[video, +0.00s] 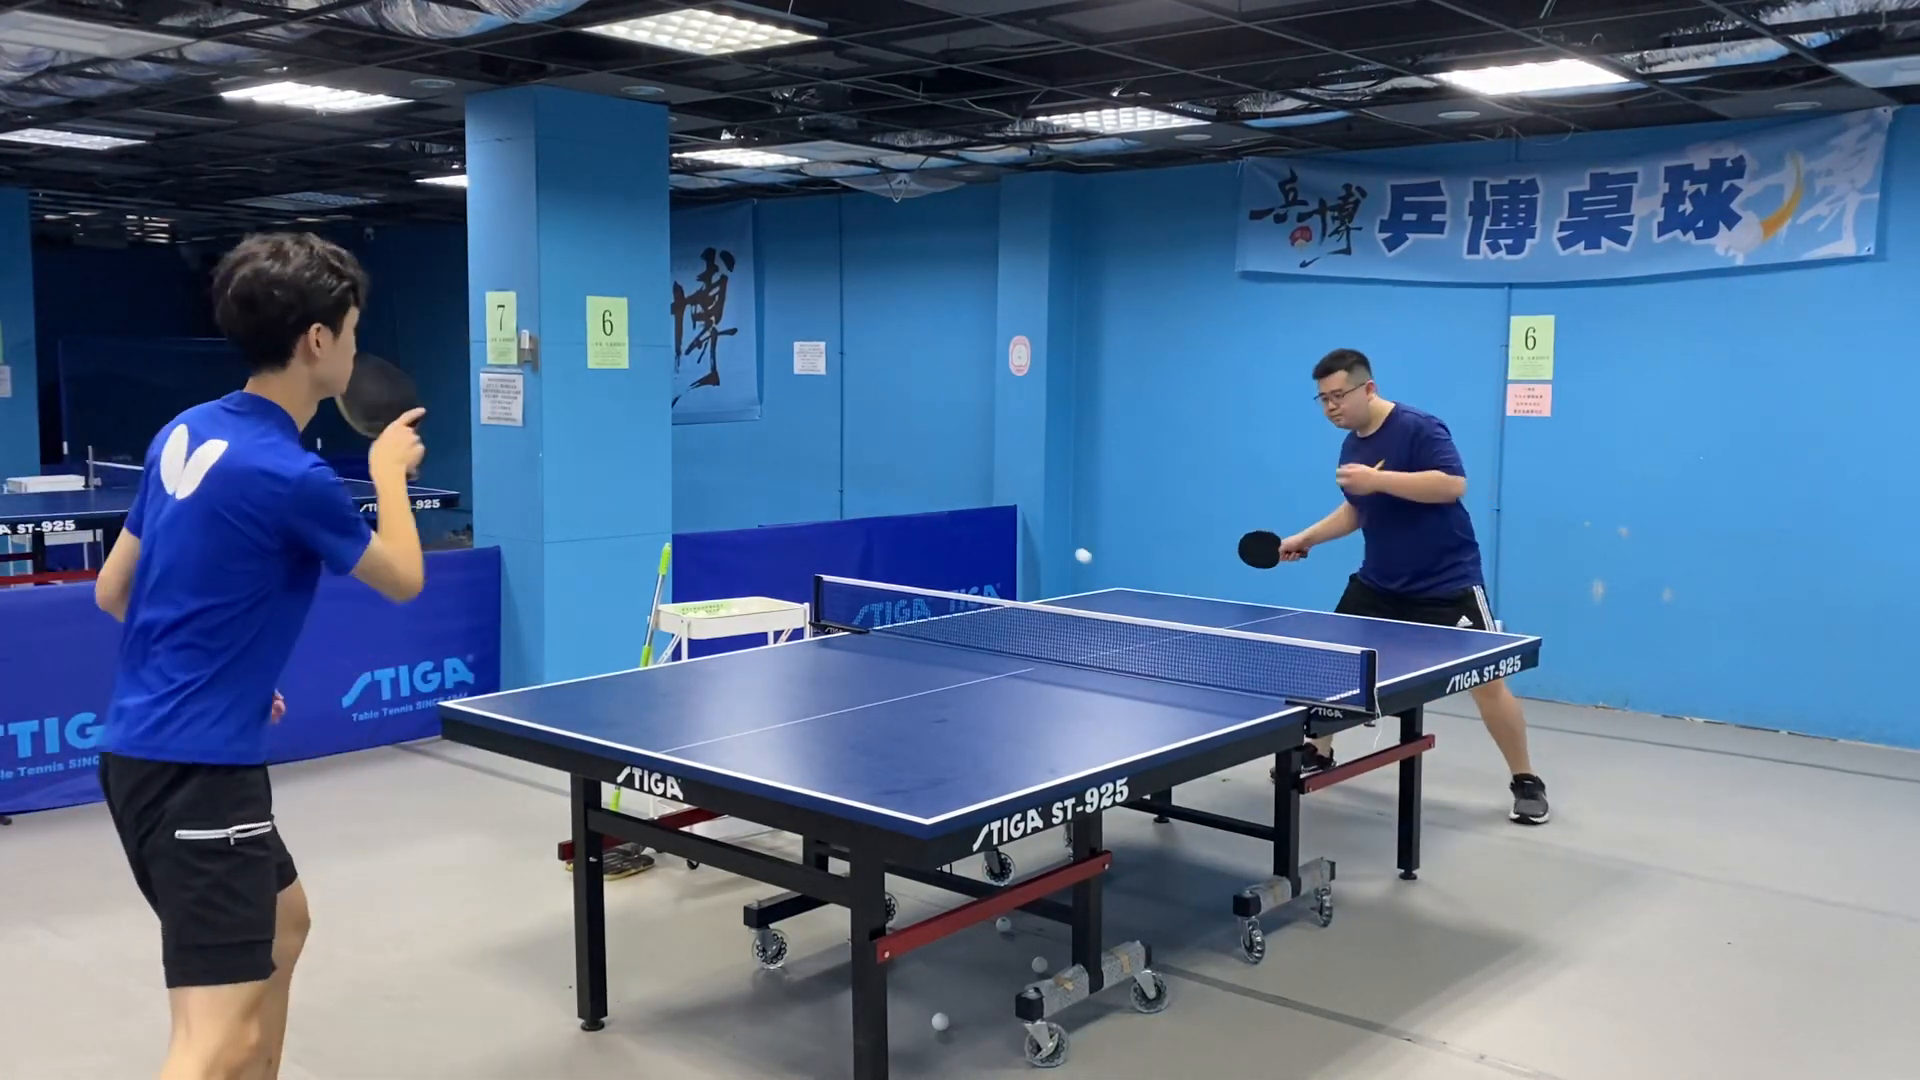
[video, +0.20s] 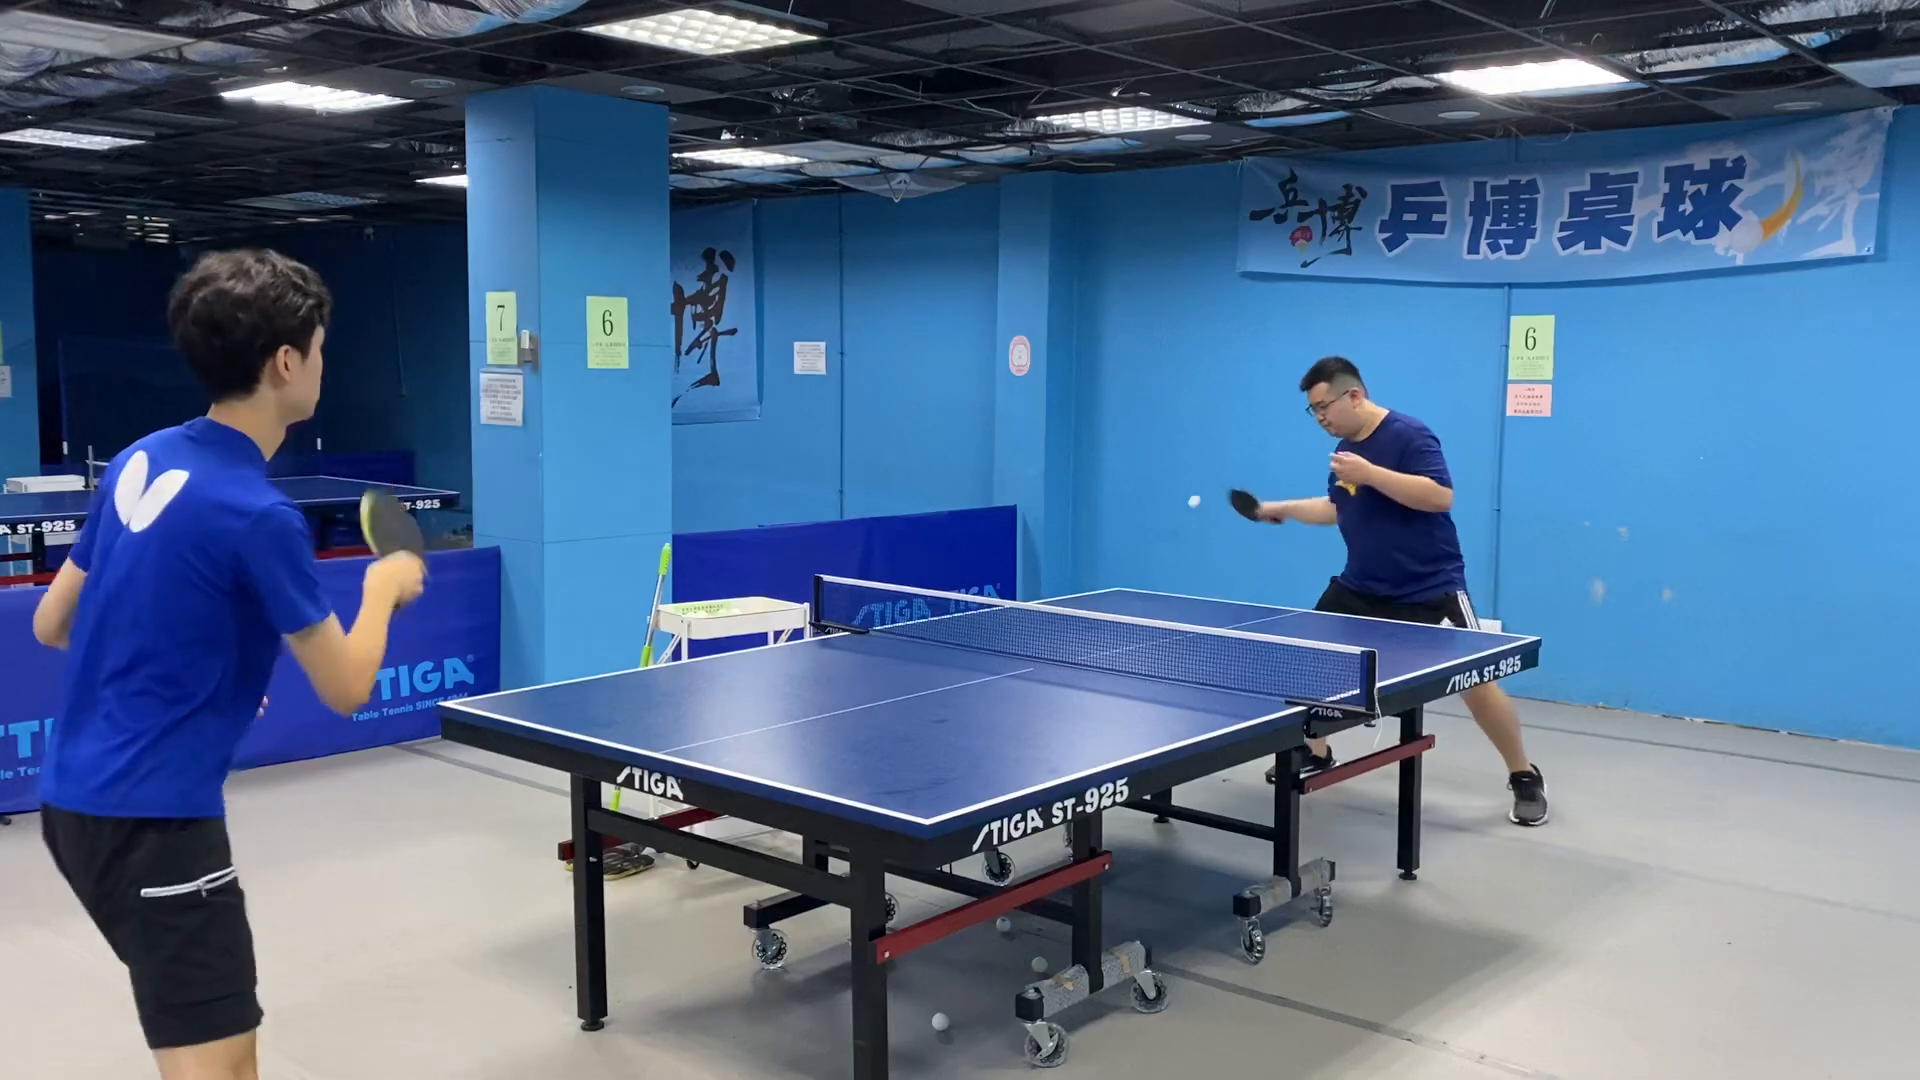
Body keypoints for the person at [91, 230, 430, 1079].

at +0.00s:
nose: (355, 352)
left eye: (353, 331)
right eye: (351, 332)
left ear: (269, 335)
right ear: (313, 341)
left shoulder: (185, 434)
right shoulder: (291, 475)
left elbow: (113, 590)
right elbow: (404, 575)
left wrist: (232, 677)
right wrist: (391, 470)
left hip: (160, 746)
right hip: (198, 766)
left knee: (284, 923)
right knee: (218, 1040)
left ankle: (255, 1074)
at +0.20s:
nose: (323, 369)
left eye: (320, 349)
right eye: (318, 350)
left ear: (211, 357)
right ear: (282, 362)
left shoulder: (139, 462)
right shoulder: (257, 513)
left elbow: (54, 621)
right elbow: (346, 685)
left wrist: (182, 626)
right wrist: (384, 586)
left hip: (80, 803)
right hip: (157, 819)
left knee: (217, 1039)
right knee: (213, 1060)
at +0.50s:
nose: (266, 441)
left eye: (265, 421)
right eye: (263, 422)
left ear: (206, 436)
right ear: (218, 434)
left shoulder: (193, 527)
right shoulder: (62, 583)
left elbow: (152, 660)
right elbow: (4, 794)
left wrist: (283, 715)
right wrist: (176, 825)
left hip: (112, 843)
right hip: (32, 867)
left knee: (137, 1010)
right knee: (181, 1066)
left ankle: (33, 1072)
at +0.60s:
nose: (231, 469)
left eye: (232, 449)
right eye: (228, 449)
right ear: (187, 460)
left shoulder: (126, 572)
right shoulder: (49, 610)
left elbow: (99, 735)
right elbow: (10, 834)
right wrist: (158, 799)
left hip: (78, 872)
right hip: (22, 902)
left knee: (92, 1046)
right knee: (191, 1068)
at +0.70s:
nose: (174, 443)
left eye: (175, 423)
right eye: (172, 424)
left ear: (50, 427)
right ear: (132, 438)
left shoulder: (9, 518)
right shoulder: (106, 606)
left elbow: (5, 707)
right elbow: (162, 792)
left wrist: (62, 805)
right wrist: (186, 708)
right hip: (23, 889)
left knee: (43, 1007)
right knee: (205, 1068)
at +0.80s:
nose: (114, 406)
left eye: (114, 388)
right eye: (110, 388)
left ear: (22, 398)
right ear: (66, 402)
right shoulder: (102, 549)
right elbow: (207, 689)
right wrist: (249, 623)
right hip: (19, 871)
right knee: (167, 1069)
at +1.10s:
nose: (31, 345)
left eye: (26, 325)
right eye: (25, 327)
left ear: (9, 331)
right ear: (3, 333)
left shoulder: (20, 482)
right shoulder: (26, 488)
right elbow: (183, 602)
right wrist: (252, 525)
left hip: (9, 809)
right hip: (1, 812)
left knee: (45, 1052)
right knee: (49, 1055)